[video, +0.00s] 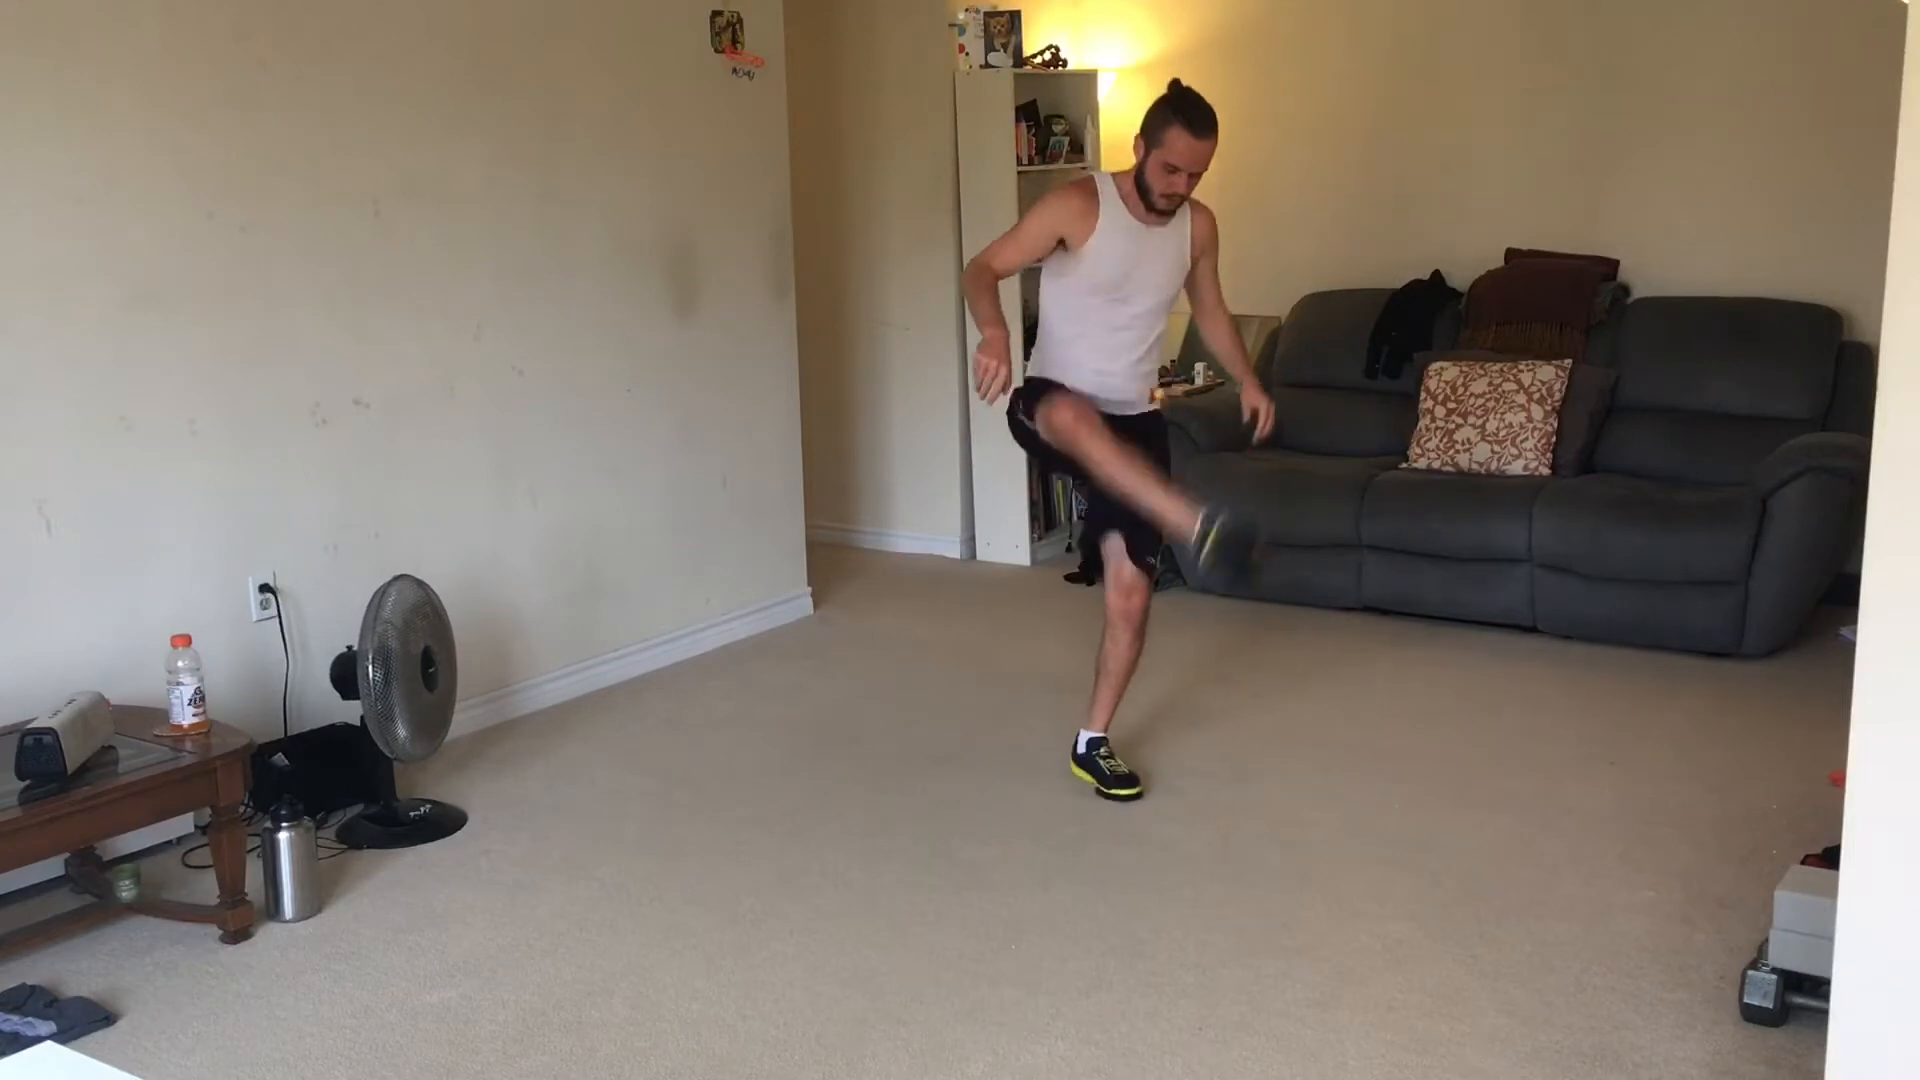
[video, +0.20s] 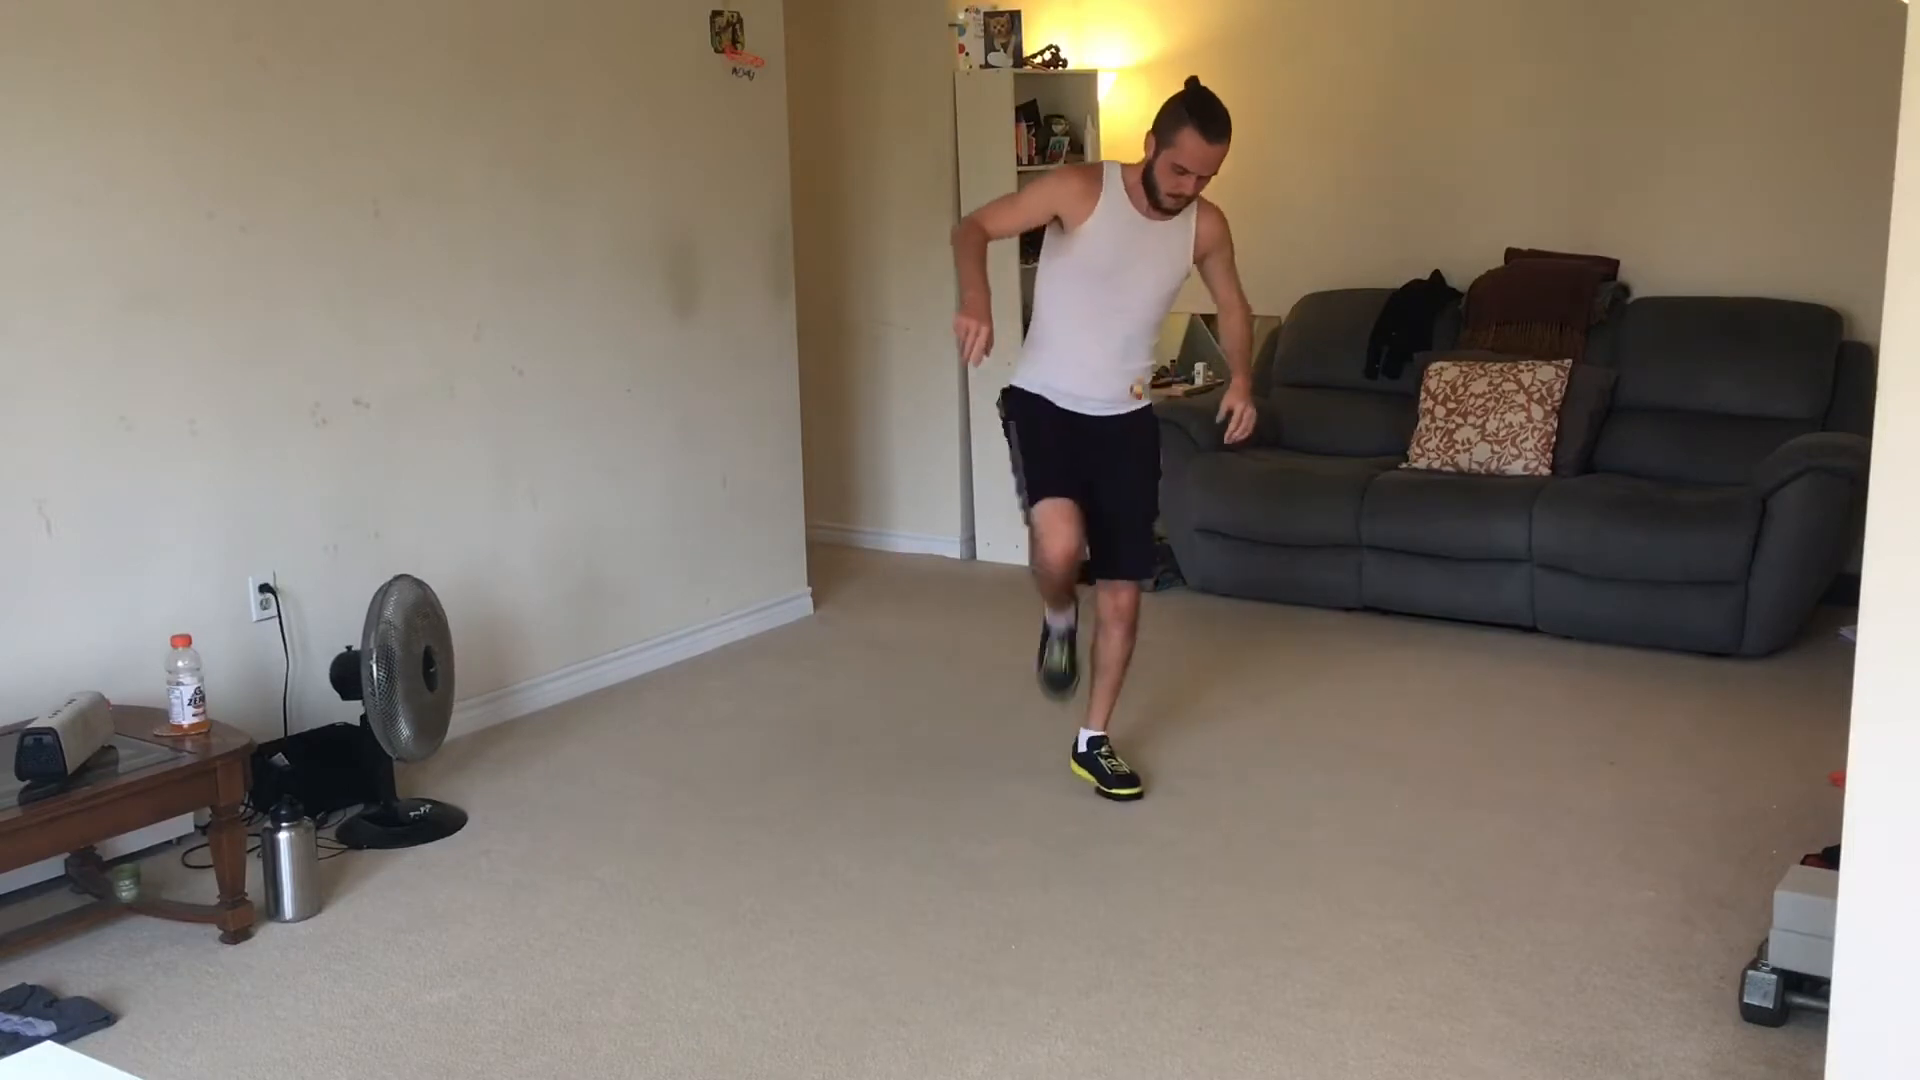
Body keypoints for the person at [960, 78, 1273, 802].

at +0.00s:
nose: (1181, 185)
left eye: (1195, 174)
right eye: (1170, 168)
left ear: (1207, 164)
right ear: (1139, 148)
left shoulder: (1196, 224)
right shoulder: (1076, 205)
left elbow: (1211, 314)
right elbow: (981, 271)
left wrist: (1247, 379)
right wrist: (992, 330)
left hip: (1135, 415)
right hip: (1055, 400)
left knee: (1130, 592)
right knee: (1066, 412)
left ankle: (1092, 740)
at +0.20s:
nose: (1189, 186)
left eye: (1205, 176)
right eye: (1179, 169)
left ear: (1217, 164)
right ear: (1151, 143)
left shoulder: (1204, 224)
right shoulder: (1077, 189)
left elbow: (1234, 310)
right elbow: (972, 229)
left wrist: (1242, 380)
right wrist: (975, 301)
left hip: (1127, 418)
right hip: (1042, 406)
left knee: (1119, 593)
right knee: (1059, 549)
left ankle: (1093, 738)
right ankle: (1060, 621)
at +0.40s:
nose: (1177, 235)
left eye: (1193, 225)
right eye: (1169, 218)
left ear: (1209, 209)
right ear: (1141, 186)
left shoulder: (1206, 254)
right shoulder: (1074, 203)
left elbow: (1263, 327)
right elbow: (987, 225)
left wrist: (1244, 408)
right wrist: (964, 311)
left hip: (1104, 432)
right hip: (1022, 407)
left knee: (1067, 593)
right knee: (961, 527)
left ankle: (1074, 737)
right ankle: (1106, 564)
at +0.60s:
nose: (1148, 304)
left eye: (1163, 296)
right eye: (1139, 290)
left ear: (1181, 274)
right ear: (1114, 254)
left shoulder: (1182, 319)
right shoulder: (1055, 254)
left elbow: (1246, 414)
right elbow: (988, 280)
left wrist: (1232, 508)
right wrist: (970, 366)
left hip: (1113, 478)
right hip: (1041, 461)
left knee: (1047, 623)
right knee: (987, 611)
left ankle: (1062, 755)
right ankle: (1123, 703)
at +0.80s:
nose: (1141, 237)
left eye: (1156, 226)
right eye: (1130, 223)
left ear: (1174, 205)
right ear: (1103, 195)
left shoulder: (1182, 265)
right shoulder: (1058, 219)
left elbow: (1250, 353)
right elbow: (986, 266)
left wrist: (1278, 455)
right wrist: (980, 339)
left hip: (1139, 444)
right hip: (1073, 435)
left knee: (1060, 602)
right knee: (1016, 584)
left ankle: (1064, 752)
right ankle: (1168, 642)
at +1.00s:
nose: (1182, 166)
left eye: (1195, 154)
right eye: (1170, 152)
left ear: (1213, 138)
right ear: (1143, 129)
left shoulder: (1228, 201)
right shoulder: (1090, 175)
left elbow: (1295, 288)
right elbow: (1024, 236)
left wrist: (1323, 387)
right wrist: (1001, 299)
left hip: (1174, 406)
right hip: (1098, 395)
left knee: (1153, 583)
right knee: (1037, 551)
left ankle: (1189, 724)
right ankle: (1181, 556)